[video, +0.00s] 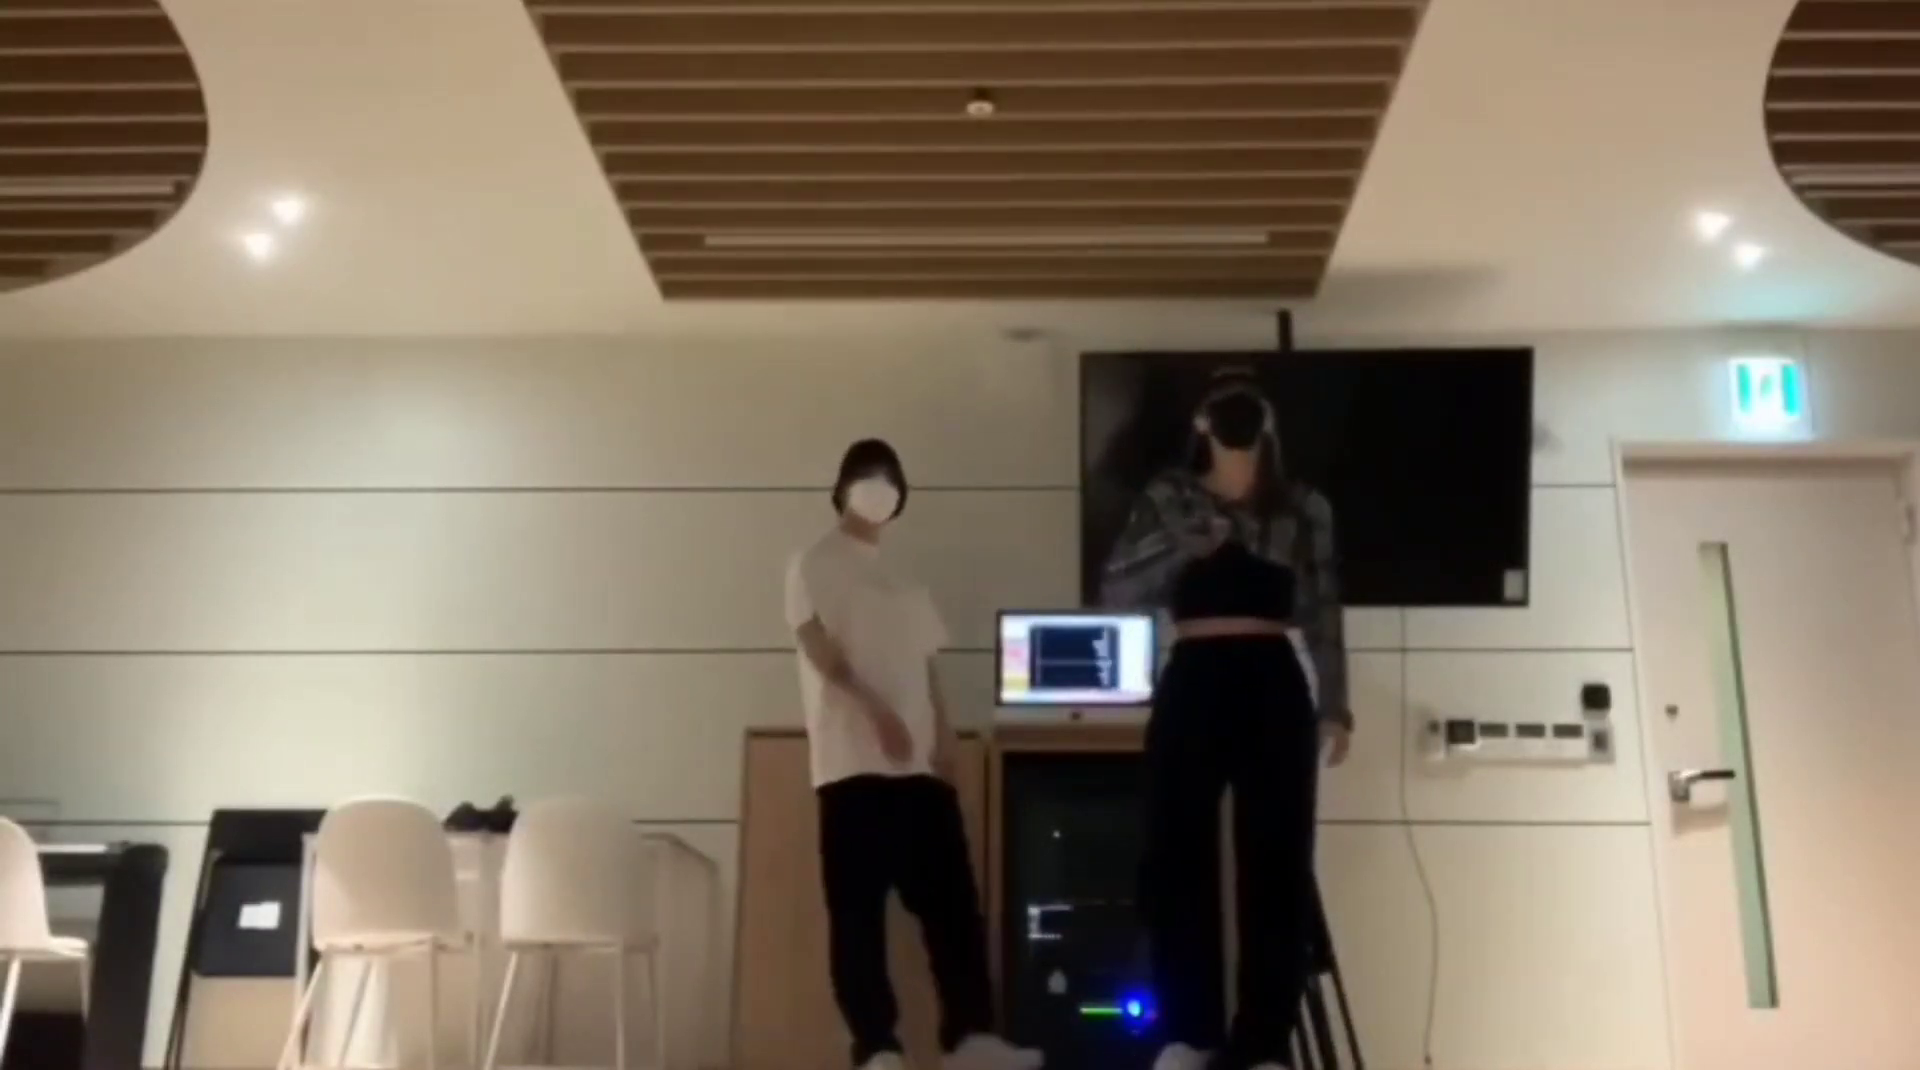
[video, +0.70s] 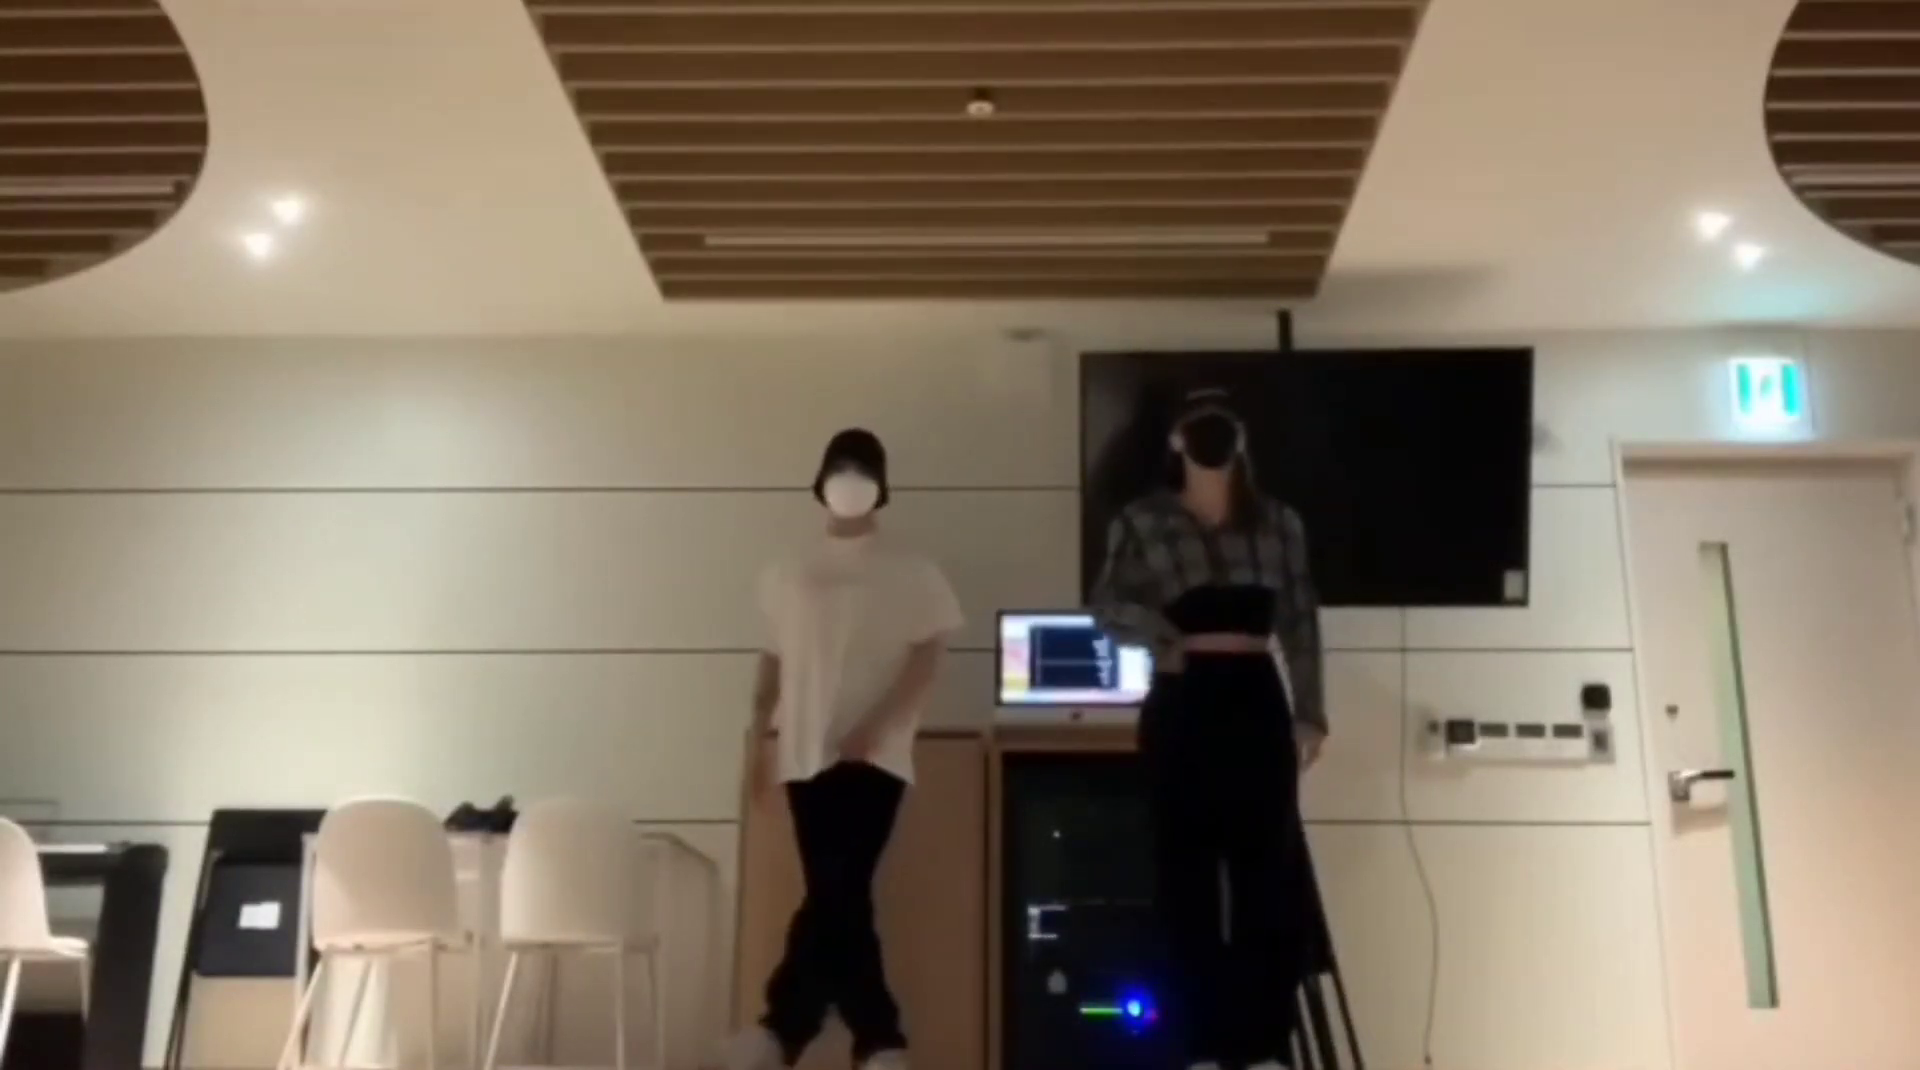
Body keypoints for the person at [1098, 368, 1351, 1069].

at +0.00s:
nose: (1238, 419)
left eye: (1251, 406)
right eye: (1224, 408)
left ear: (1270, 425)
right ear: (1201, 425)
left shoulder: (1302, 507)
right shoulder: (1170, 498)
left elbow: (1322, 612)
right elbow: (1115, 588)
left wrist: (1334, 704)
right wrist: (1185, 547)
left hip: (1275, 687)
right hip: (1194, 685)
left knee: (1276, 863)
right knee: (1179, 856)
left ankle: (1265, 1040)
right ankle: (1188, 1034)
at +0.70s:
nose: (1211, 434)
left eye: (1223, 423)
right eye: (1196, 425)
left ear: (1242, 440)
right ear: (1173, 441)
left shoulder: (1278, 524)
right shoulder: (1141, 523)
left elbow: (1300, 623)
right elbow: (1106, 606)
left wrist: (1310, 713)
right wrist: (1159, 635)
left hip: (1257, 710)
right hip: (1182, 711)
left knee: (1265, 872)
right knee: (1186, 874)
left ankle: (1261, 1038)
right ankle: (1200, 1037)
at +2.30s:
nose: (1169, 410)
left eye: (1181, 397)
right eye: (1153, 399)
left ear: (1201, 413)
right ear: (1129, 417)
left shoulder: (1228, 494)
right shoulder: (1096, 493)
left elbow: (1244, 586)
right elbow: (1056, 585)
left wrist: (1237, 634)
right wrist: (1085, 678)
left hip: (1202, 689)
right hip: (1123, 688)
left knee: (1194, 829)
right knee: (1108, 839)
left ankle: (1186, 971)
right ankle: (1100, 993)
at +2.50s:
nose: (1177, 418)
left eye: (1188, 407)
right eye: (1163, 407)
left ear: (1207, 423)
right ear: (1137, 424)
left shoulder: (1229, 497)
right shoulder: (1100, 506)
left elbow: (1260, 561)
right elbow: (1068, 596)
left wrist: (1309, 573)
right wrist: (1092, 652)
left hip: (1222, 698)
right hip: (1134, 700)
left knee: (1291, 852)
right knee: (1083, 858)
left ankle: (1405, 1032)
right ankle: (1090, 1035)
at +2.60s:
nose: (1175, 423)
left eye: (1188, 411)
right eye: (1162, 412)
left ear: (1210, 429)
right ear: (1140, 428)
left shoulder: (1244, 489)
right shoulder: (1121, 507)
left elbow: (1346, 527)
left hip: (1253, 695)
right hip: (1167, 712)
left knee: (1348, 861)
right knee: (1105, 864)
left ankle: (1446, 1056)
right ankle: (1086, 1041)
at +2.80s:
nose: (1200, 413)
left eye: (1210, 401)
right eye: (1193, 401)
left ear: (1225, 418)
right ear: (1174, 418)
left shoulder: (1251, 476)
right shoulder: (1149, 498)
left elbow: (1338, 467)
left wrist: (1455, 451)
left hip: (1260, 683)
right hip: (1183, 702)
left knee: (1358, 860)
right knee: (1121, 865)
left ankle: (1447, 1050)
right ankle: (1083, 1041)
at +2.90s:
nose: (1218, 403)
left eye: (1233, 391)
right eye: (1207, 393)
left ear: (1252, 412)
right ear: (1189, 413)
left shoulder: (1264, 474)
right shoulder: (1174, 494)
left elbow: (1298, 417)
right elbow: (1175, 607)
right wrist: (1157, 675)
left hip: (1263, 674)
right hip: (1185, 687)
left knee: (1347, 856)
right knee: (1134, 861)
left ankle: (1449, 1040)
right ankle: (1084, 1036)